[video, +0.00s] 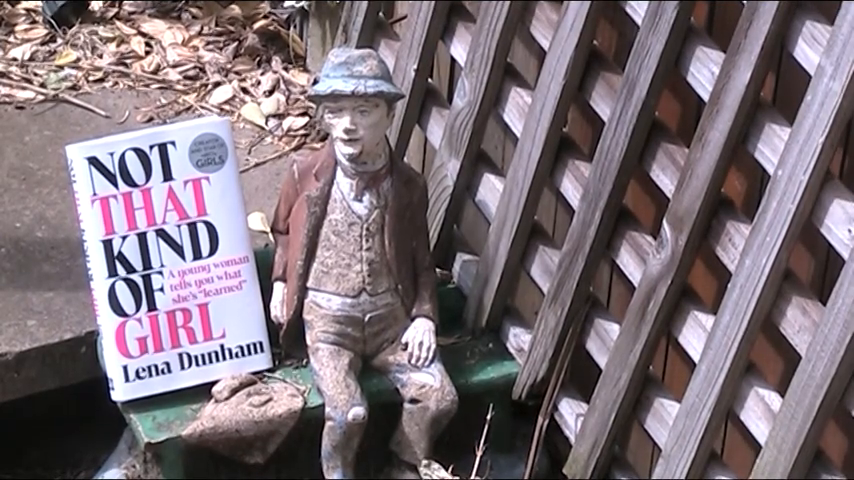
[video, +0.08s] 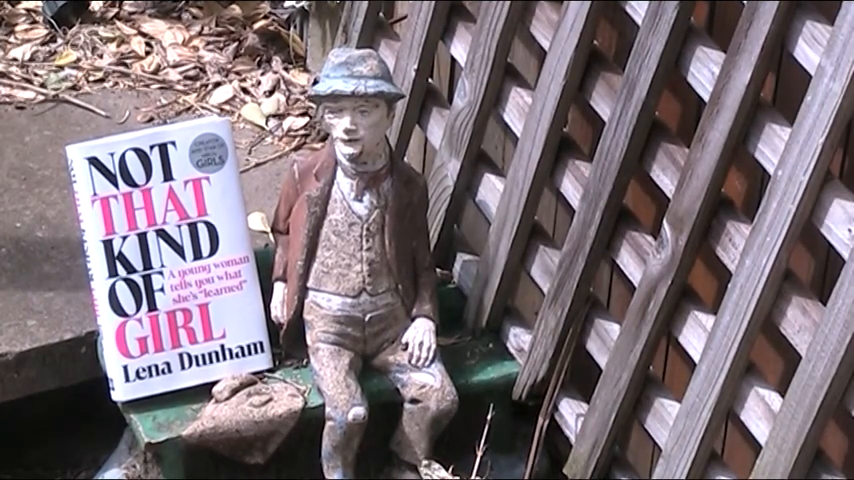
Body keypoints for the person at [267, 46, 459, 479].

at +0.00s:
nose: (348, 125)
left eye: (363, 112)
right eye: (336, 112)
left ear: (388, 115)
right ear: (323, 117)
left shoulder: (409, 184)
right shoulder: (304, 173)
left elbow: (423, 262)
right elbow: (283, 233)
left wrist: (424, 316)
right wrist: (282, 283)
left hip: (393, 322)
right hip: (328, 321)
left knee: (438, 398)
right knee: (348, 415)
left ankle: (406, 459)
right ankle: (337, 472)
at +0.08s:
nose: (348, 126)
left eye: (364, 112)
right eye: (336, 112)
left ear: (388, 115)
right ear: (323, 117)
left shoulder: (409, 184)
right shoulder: (304, 174)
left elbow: (423, 262)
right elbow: (283, 233)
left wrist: (425, 316)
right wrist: (282, 283)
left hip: (393, 322)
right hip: (328, 321)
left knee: (438, 398)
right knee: (349, 415)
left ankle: (407, 458)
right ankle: (338, 472)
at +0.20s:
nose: (348, 126)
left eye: (363, 112)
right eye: (336, 113)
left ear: (388, 116)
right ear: (322, 118)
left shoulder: (409, 185)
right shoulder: (304, 175)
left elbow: (423, 262)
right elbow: (283, 235)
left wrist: (425, 316)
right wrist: (282, 284)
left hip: (393, 323)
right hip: (328, 323)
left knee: (438, 399)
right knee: (349, 415)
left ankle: (406, 459)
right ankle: (338, 473)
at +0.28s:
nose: (348, 126)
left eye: (363, 112)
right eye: (336, 113)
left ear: (388, 115)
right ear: (323, 118)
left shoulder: (409, 185)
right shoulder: (304, 174)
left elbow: (423, 262)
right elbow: (283, 234)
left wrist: (425, 316)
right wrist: (282, 283)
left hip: (393, 323)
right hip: (328, 322)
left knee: (438, 398)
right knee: (349, 415)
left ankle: (407, 459)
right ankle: (338, 472)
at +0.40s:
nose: (348, 126)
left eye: (363, 112)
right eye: (336, 113)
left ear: (388, 116)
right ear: (323, 118)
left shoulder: (409, 185)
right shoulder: (305, 174)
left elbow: (423, 262)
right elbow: (283, 234)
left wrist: (425, 316)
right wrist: (282, 284)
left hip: (393, 324)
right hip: (328, 323)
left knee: (438, 399)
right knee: (349, 415)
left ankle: (407, 458)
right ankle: (337, 473)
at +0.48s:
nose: (348, 127)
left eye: (363, 113)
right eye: (336, 113)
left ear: (388, 117)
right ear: (323, 118)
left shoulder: (409, 186)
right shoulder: (305, 174)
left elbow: (423, 263)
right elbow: (283, 235)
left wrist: (424, 317)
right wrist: (282, 285)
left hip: (393, 324)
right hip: (328, 324)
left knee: (438, 400)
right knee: (349, 416)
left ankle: (407, 458)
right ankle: (337, 473)